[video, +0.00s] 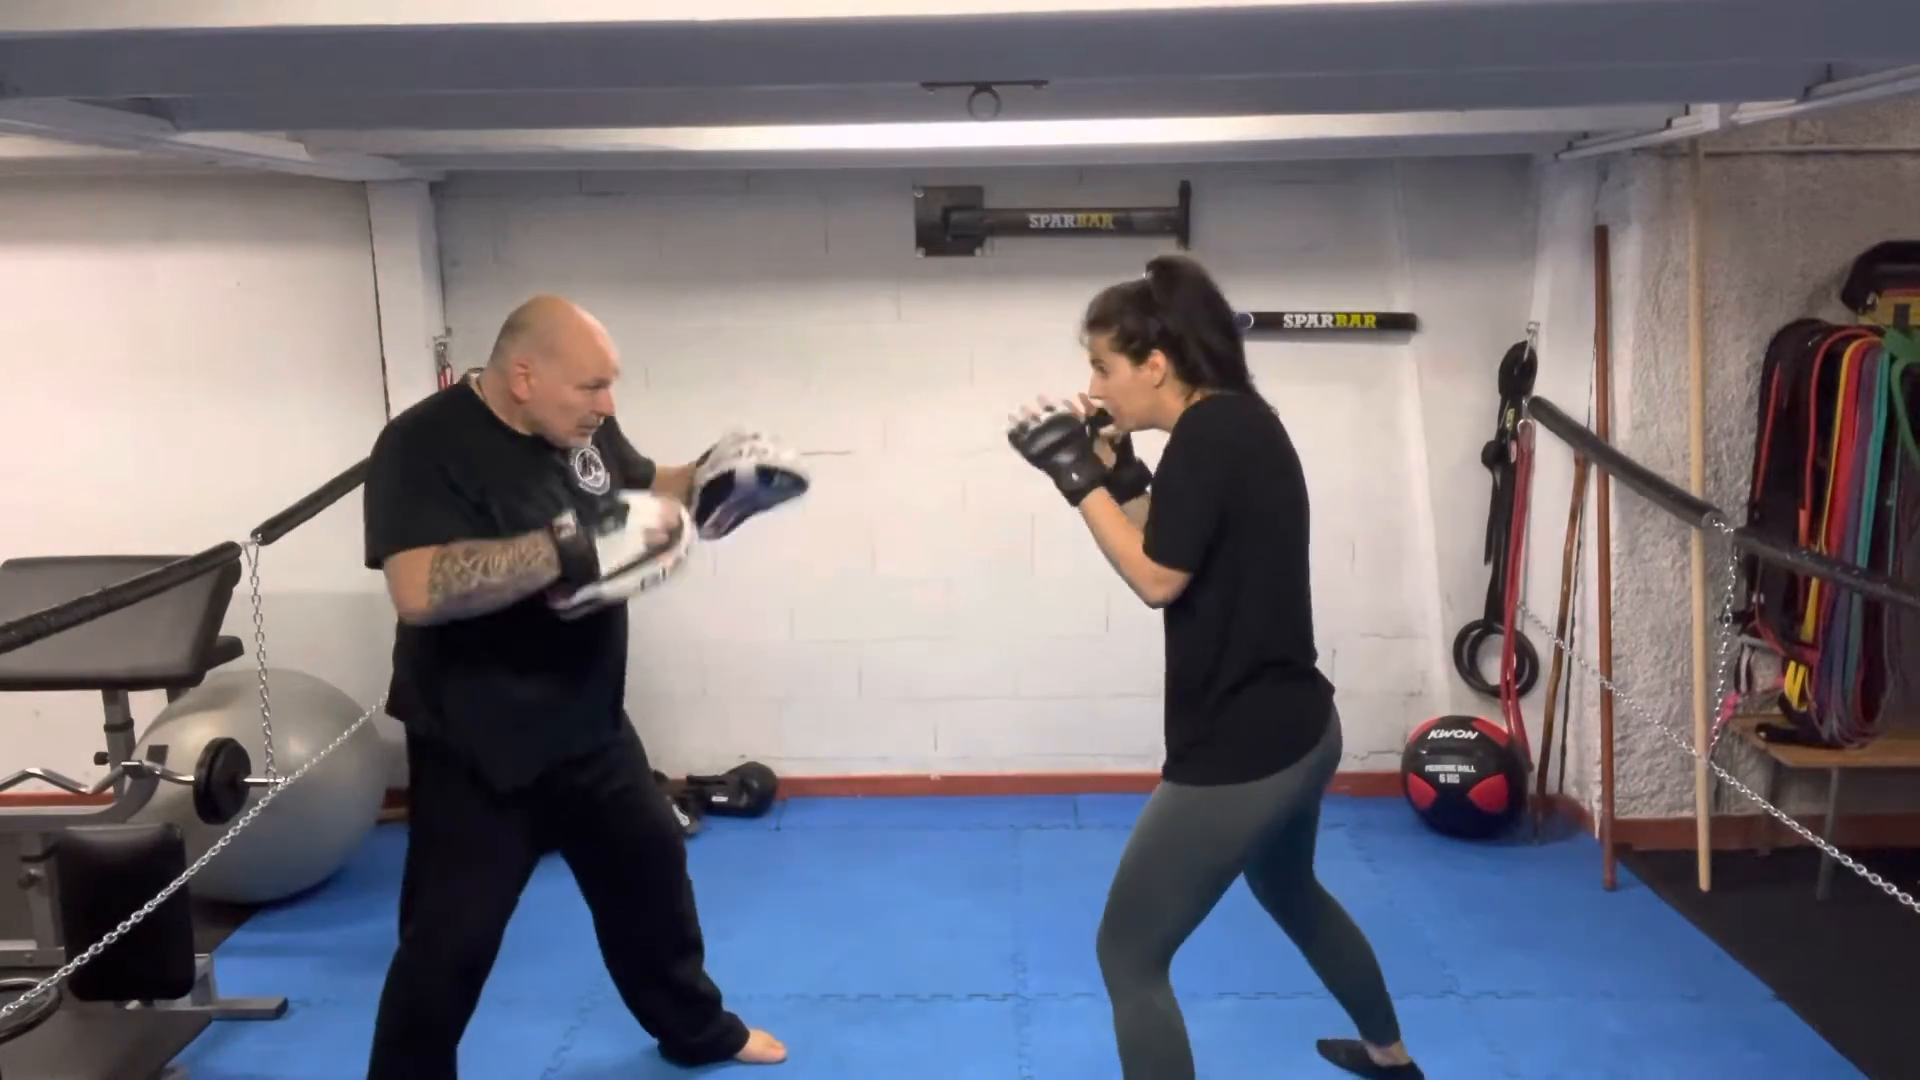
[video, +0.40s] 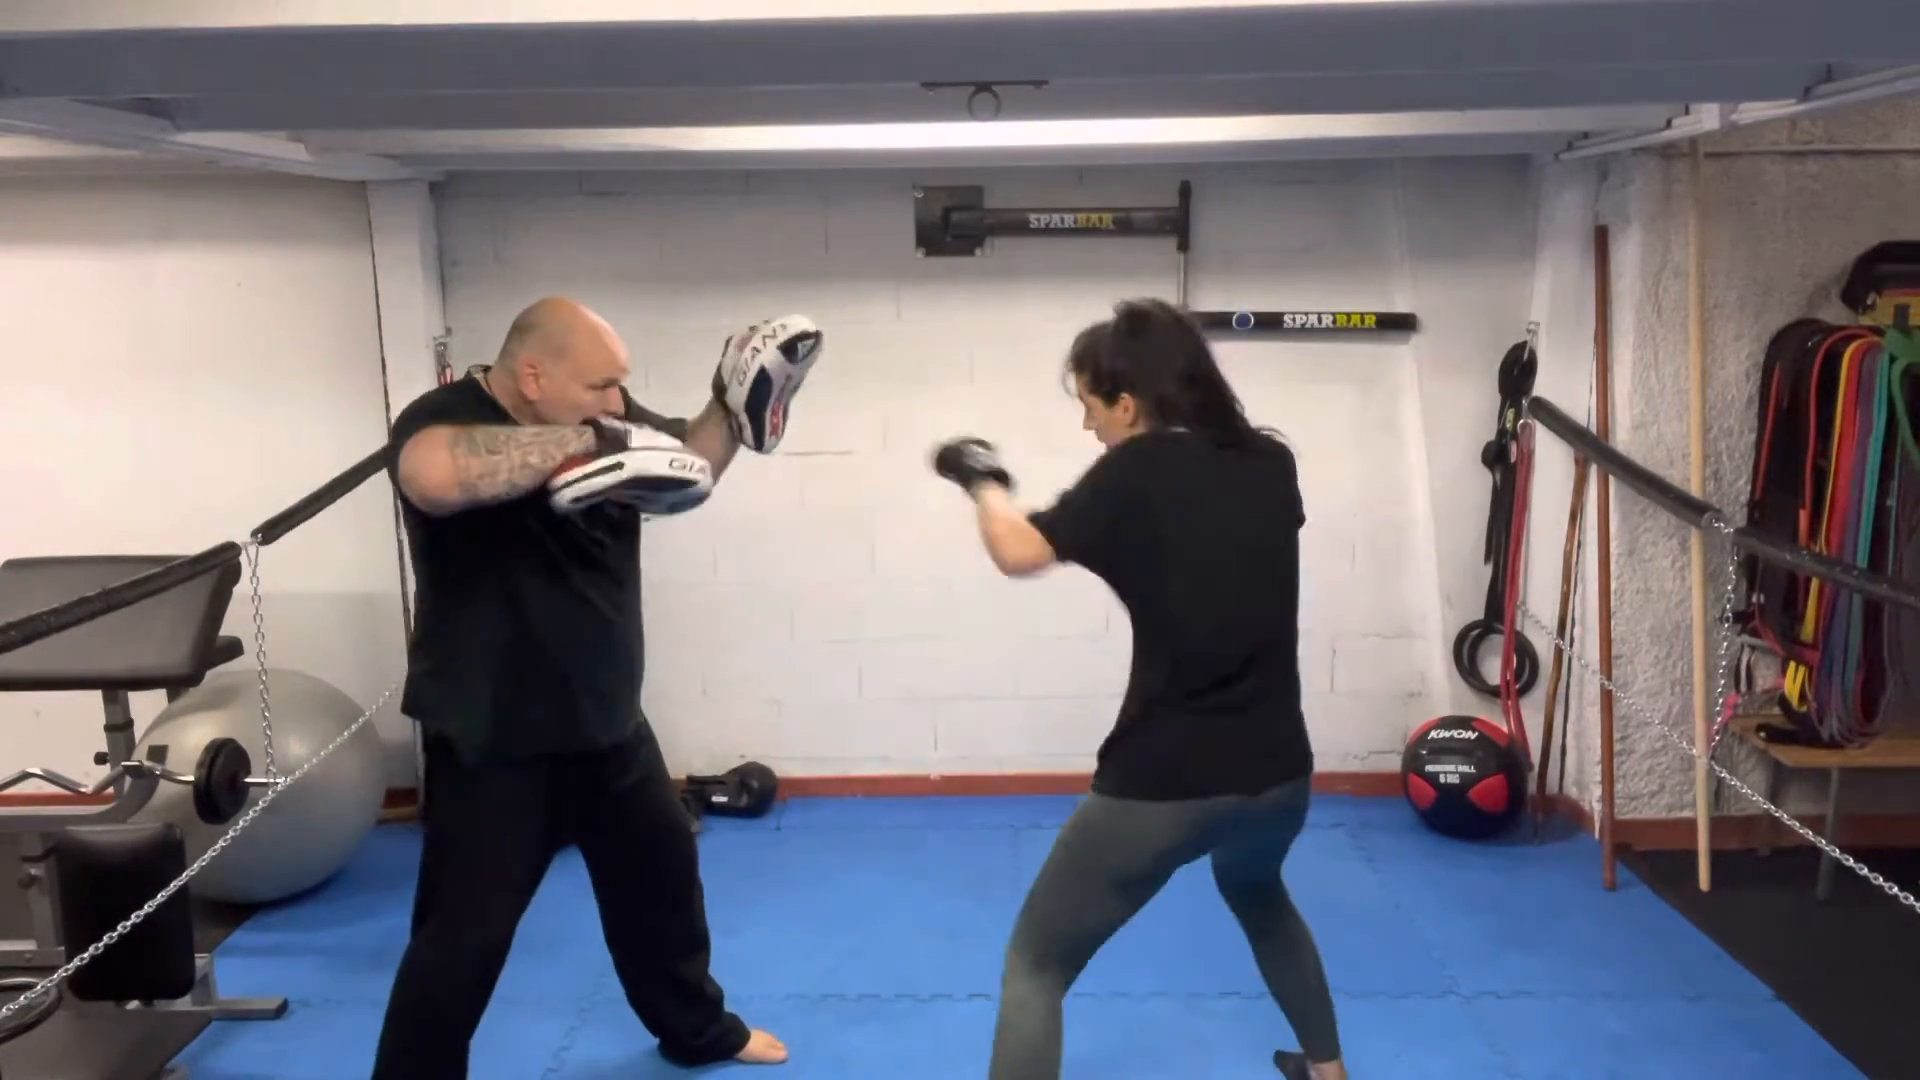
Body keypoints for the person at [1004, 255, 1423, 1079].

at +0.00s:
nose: (1096, 390)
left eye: (1102, 369)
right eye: (1094, 371)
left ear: (1157, 364)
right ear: (1164, 359)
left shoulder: (1207, 436)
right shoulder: (1249, 425)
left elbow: (1156, 577)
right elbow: (1191, 558)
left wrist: (1079, 481)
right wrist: (1118, 473)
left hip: (1238, 754)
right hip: (1299, 729)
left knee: (1130, 951)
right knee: (1289, 887)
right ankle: (1386, 1047)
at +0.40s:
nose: (1086, 421)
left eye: (1087, 404)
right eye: (1081, 405)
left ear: (1130, 400)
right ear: (1189, 384)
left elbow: (1017, 550)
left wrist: (984, 478)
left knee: (1038, 963)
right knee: (1259, 891)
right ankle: (1326, 1062)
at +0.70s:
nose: (946, 449)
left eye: (954, 434)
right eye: (944, 433)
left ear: (1007, 437)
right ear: (1039, 423)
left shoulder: (1082, 529)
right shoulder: (1112, 496)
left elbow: (976, 644)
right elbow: (1047, 554)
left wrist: (934, 520)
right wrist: (981, 495)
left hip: (1103, 841)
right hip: (1147, 808)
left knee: (938, 990)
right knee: (1126, 930)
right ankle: (1286, 1032)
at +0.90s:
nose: (932, 453)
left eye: (940, 437)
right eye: (930, 438)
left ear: (993, 436)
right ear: (1020, 428)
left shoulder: (1112, 521)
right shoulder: (1016, 504)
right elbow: (869, 532)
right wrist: (758, 491)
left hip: (1119, 827)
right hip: (1099, 802)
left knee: (953, 993)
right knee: (1123, 936)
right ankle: (1285, 1012)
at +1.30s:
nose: (1041, 436)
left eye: (1044, 418)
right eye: (1037, 416)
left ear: (1088, 419)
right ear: (1128, 401)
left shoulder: (1176, 494)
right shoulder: (1195, 470)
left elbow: (1130, 649)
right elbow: (1151, 599)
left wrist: (1027, 555)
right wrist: (1071, 523)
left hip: (1209, 800)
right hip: (1241, 781)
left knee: (1063, 976)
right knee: (1195, 908)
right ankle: (1301, 1059)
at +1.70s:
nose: (1064, 454)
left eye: (1066, 437)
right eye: (1055, 438)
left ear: (1099, 432)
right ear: (1138, 397)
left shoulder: (1190, 464)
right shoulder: (1181, 444)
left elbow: (1076, 558)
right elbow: (1079, 496)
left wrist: (1002, 476)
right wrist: (1011, 461)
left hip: (1241, 791)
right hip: (1198, 760)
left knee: (1139, 1009)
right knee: (1123, 866)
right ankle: (1221, 994)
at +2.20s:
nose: (1017, 470)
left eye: (1027, 457)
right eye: (1012, 456)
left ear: (1072, 445)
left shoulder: (1156, 469)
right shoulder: (1105, 463)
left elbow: (1048, 569)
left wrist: (996, 478)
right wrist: (985, 481)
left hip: (1218, 753)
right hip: (1148, 741)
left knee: (1184, 995)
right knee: (1080, 866)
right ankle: (1164, 999)